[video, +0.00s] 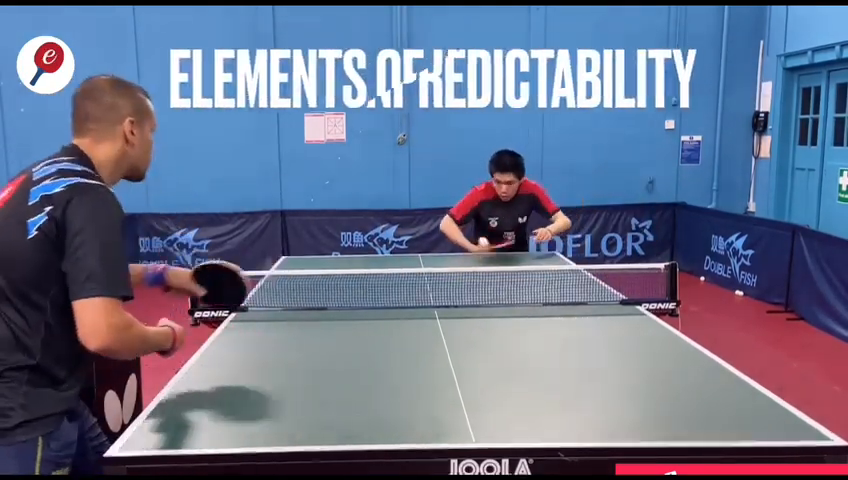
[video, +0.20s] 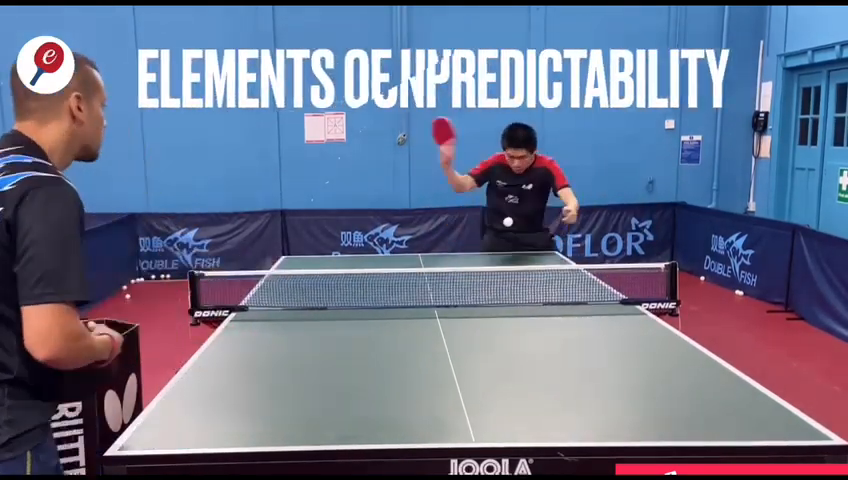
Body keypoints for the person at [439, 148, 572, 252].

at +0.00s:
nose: (503, 189)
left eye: (509, 183)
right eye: (498, 182)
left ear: (521, 179)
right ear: (492, 177)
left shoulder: (531, 189)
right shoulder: (479, 193)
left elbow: (564, 221)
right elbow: (446, 224)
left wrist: (550, 230)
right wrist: (472, 248)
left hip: (520, 262)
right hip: (486, 263)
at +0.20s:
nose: (516, 164)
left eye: (522, 158)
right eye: (511, 157)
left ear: (533, 153)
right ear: (504, 151)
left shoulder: (547, 167)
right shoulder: (496, 163)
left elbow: (568, 196)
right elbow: (462, 186)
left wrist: (572, 209)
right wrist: (448, 168)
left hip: (535, 243)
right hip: (497, 242)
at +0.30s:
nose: (526, 155)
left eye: (532, 149)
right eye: (521, 149)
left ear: (544, 146)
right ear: (515, 146)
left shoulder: (558, 167)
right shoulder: (506, 164)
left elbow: (583, 198)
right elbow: (473, 187)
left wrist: (584, 210)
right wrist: (446, 175)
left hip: (547, 244)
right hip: (509, 243)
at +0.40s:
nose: (528, 156)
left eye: (533, 149)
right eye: (522, 150)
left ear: (544, 147)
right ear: (517, 149)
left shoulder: (561, 170)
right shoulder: (511, 172)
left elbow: (588, 202)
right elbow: (485, 196)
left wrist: (584, 216)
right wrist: (458, 195)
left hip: (550, 246)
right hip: (514, 244)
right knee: (484, 274)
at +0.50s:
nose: (520, 155)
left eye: (526, 148)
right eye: (514, 148)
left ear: (536, 146)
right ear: (509, 149)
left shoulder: (554, 170)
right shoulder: (503, 173)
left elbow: (583, 201)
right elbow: (480, 199)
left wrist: (579, 218)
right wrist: (458, 205)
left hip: (548, 241)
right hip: (513, 239)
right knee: (485, 273)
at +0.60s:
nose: (508, 151)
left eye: (513, 144)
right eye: (502, 145)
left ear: (524, 142)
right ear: (496, 146)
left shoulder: (543, 165)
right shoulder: (492, 171)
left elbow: (574, 195)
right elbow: (472, 197)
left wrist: (574, 217)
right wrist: (455, 210)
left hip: (541, 238)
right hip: (506, 237)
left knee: (566, 281)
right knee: (472, 269)